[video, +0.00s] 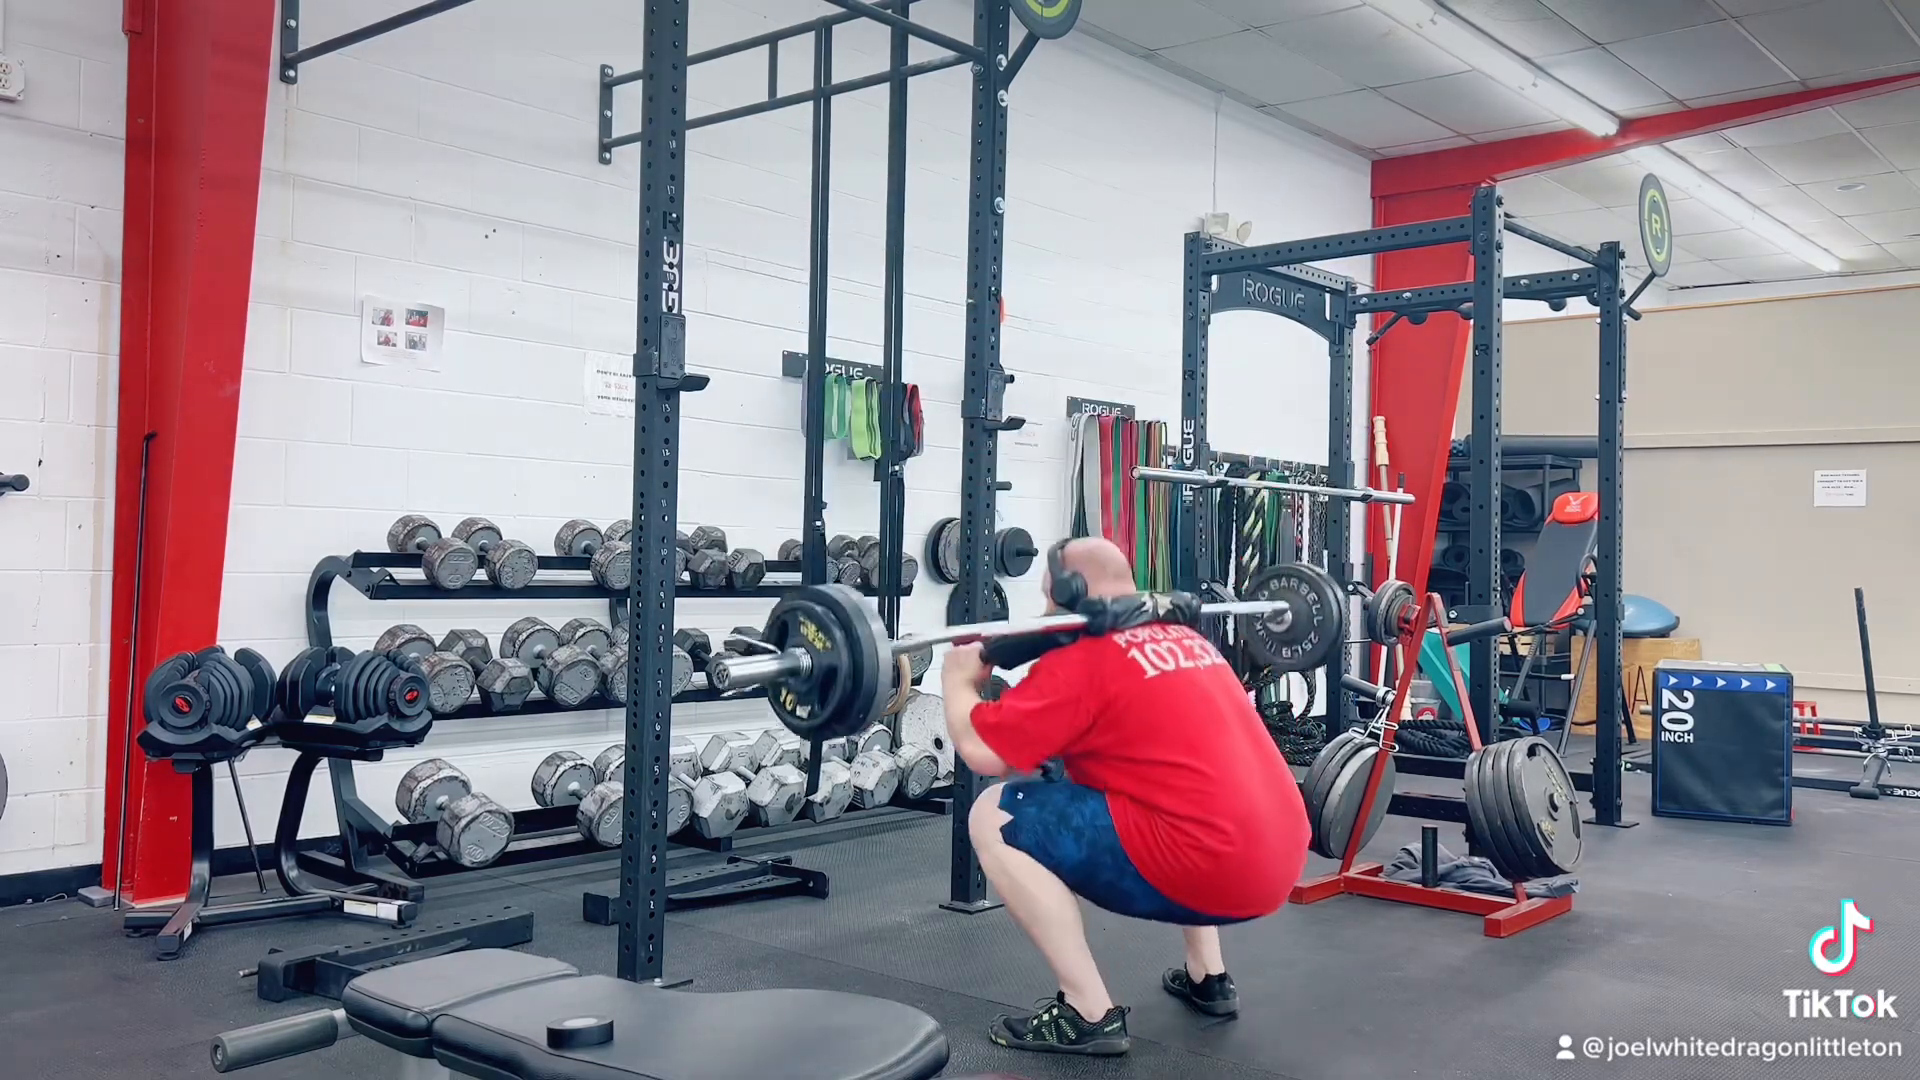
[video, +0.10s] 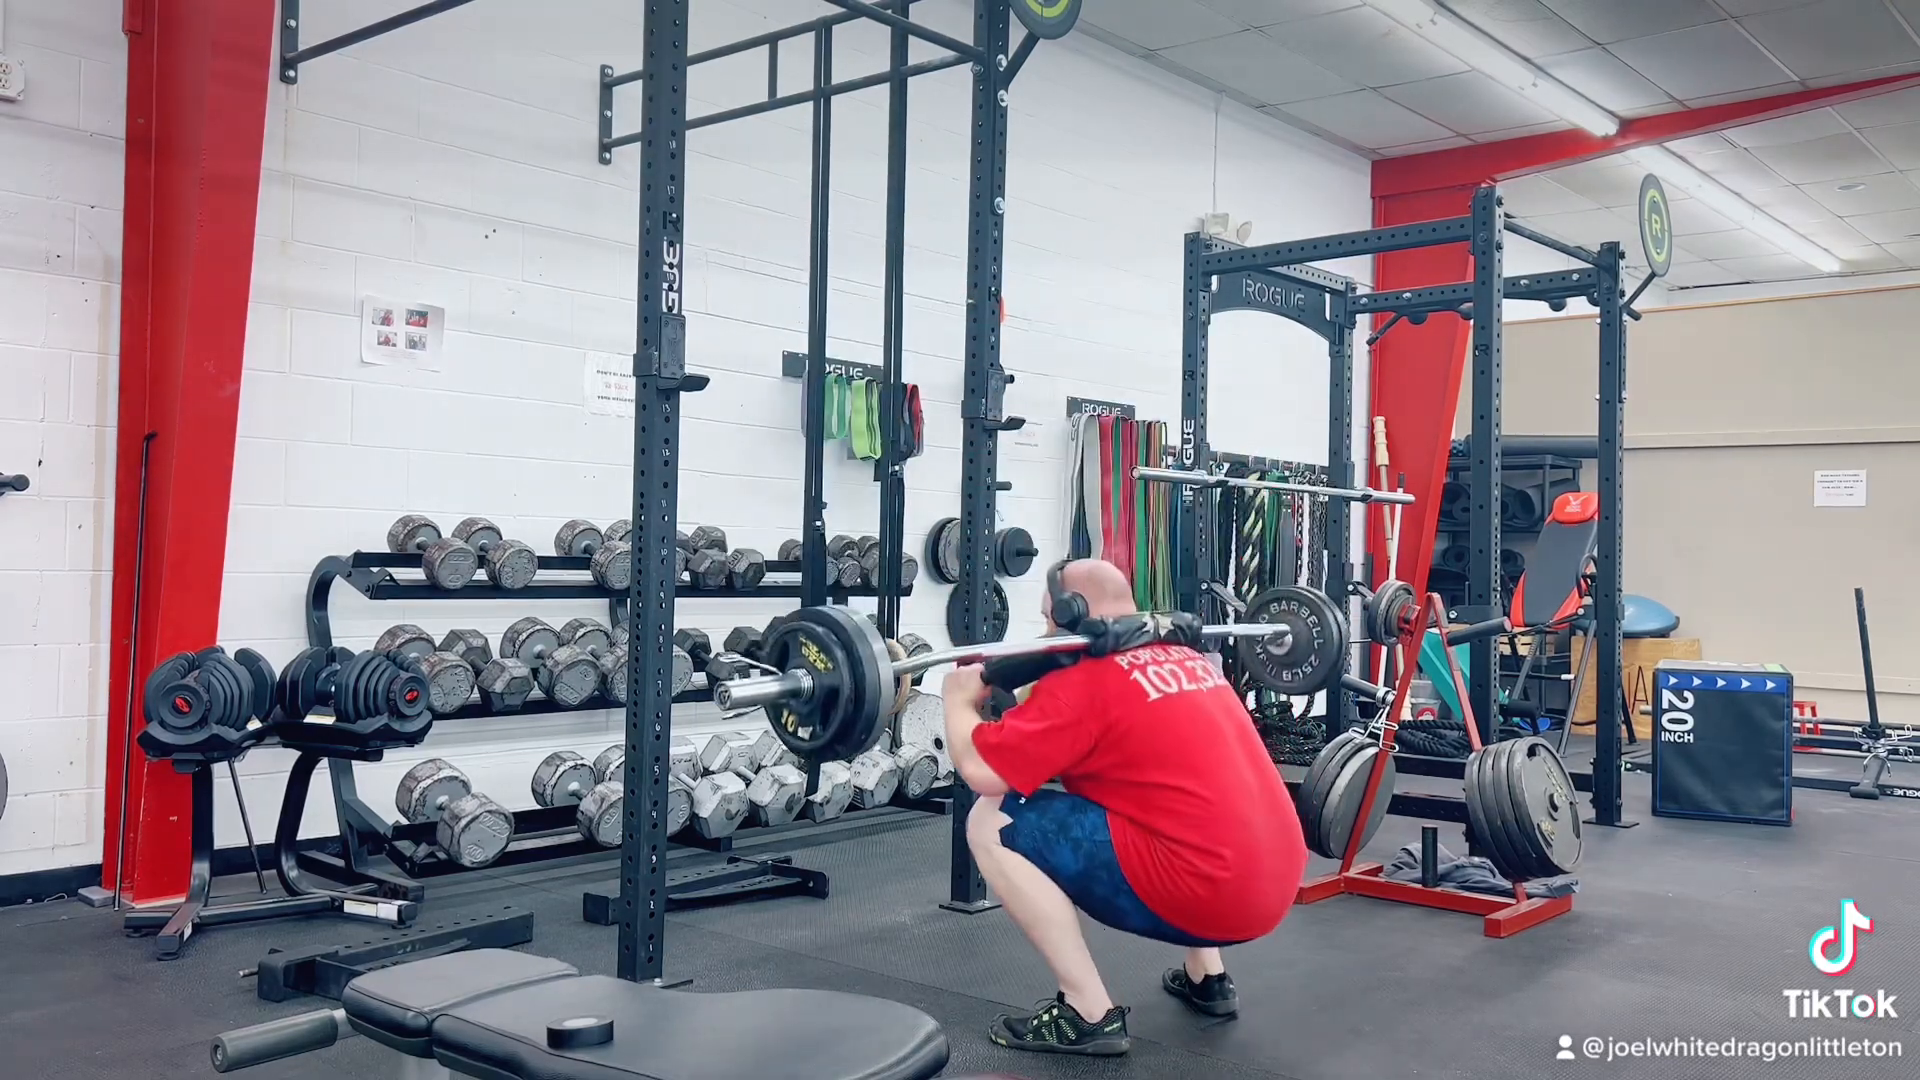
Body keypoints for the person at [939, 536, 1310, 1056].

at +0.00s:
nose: (1048, 607)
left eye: (1049, 596)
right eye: (1048, 597)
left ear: (1063, 599)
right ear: (1127, 585)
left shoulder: (1085, 661)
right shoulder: (1184, 636)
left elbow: (981, 751)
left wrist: (957, 682)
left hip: (1201, 875)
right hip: (1276, 865)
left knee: (993, 816)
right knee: (1160, 787)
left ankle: (1089, 1010)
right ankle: (1208, 974)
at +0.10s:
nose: (1048, 627)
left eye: (1049, 616)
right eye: (1047, 617)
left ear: (1064, 618)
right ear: (1127, 606)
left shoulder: (1082, 681)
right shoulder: (1184, 656)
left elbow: (982, 771)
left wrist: (955, 700)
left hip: (1202, 899)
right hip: (1273, 888)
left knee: (989, 821)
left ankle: (1088, 1010)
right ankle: (1207, 974)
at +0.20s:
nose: (1048, 589)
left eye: (1049, 579)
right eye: (1048, 580)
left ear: (1066, 582)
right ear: (1127, 569)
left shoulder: (1089, 643)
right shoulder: (1185, 619)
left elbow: (987, 737)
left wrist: (960, 675)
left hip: (1192, 849)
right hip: (1274, 844)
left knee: (991, 817)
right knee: (1148, 785)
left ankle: (1088, 1010)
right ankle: (1208, 974)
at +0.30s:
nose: (1043, 518)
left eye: (1044, 508)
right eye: (1045, 509)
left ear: (1058, 509)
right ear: (1128, 501)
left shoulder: (1085, 566)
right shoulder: (1192, 552)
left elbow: (993, 665)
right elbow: (1258, 641)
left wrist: (961, 609)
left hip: (1170, 769)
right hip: (1271, 764)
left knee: (995, 812)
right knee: (1173, 814)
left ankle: (1088, 1008)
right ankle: (1208, 974)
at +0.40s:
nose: (1049, 445)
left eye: (1051, 434)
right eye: (1052, 434)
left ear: (1066, 435)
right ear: (1137, 428)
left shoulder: (1091, 491)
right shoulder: (1199, 484)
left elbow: (1001, 588)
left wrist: (970, 539)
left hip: (1156, 702)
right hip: (1257, 701)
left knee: (1008, 806)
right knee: (1172, 802)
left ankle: (1089, 1008)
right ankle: (1209, 974)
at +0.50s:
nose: (1063, 367)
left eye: (1066, 354)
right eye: (1065, 353)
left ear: (1081, 356)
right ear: (1149, 351)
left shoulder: (1100, 419)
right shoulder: (1211, 422)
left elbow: (1021, 518)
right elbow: (1239, 529)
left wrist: (982, 471)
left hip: (1142, 647)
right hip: (1237, 648)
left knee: (1029, 792)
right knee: (1171, 787)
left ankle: (1090, 1005)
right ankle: (1210, 973)